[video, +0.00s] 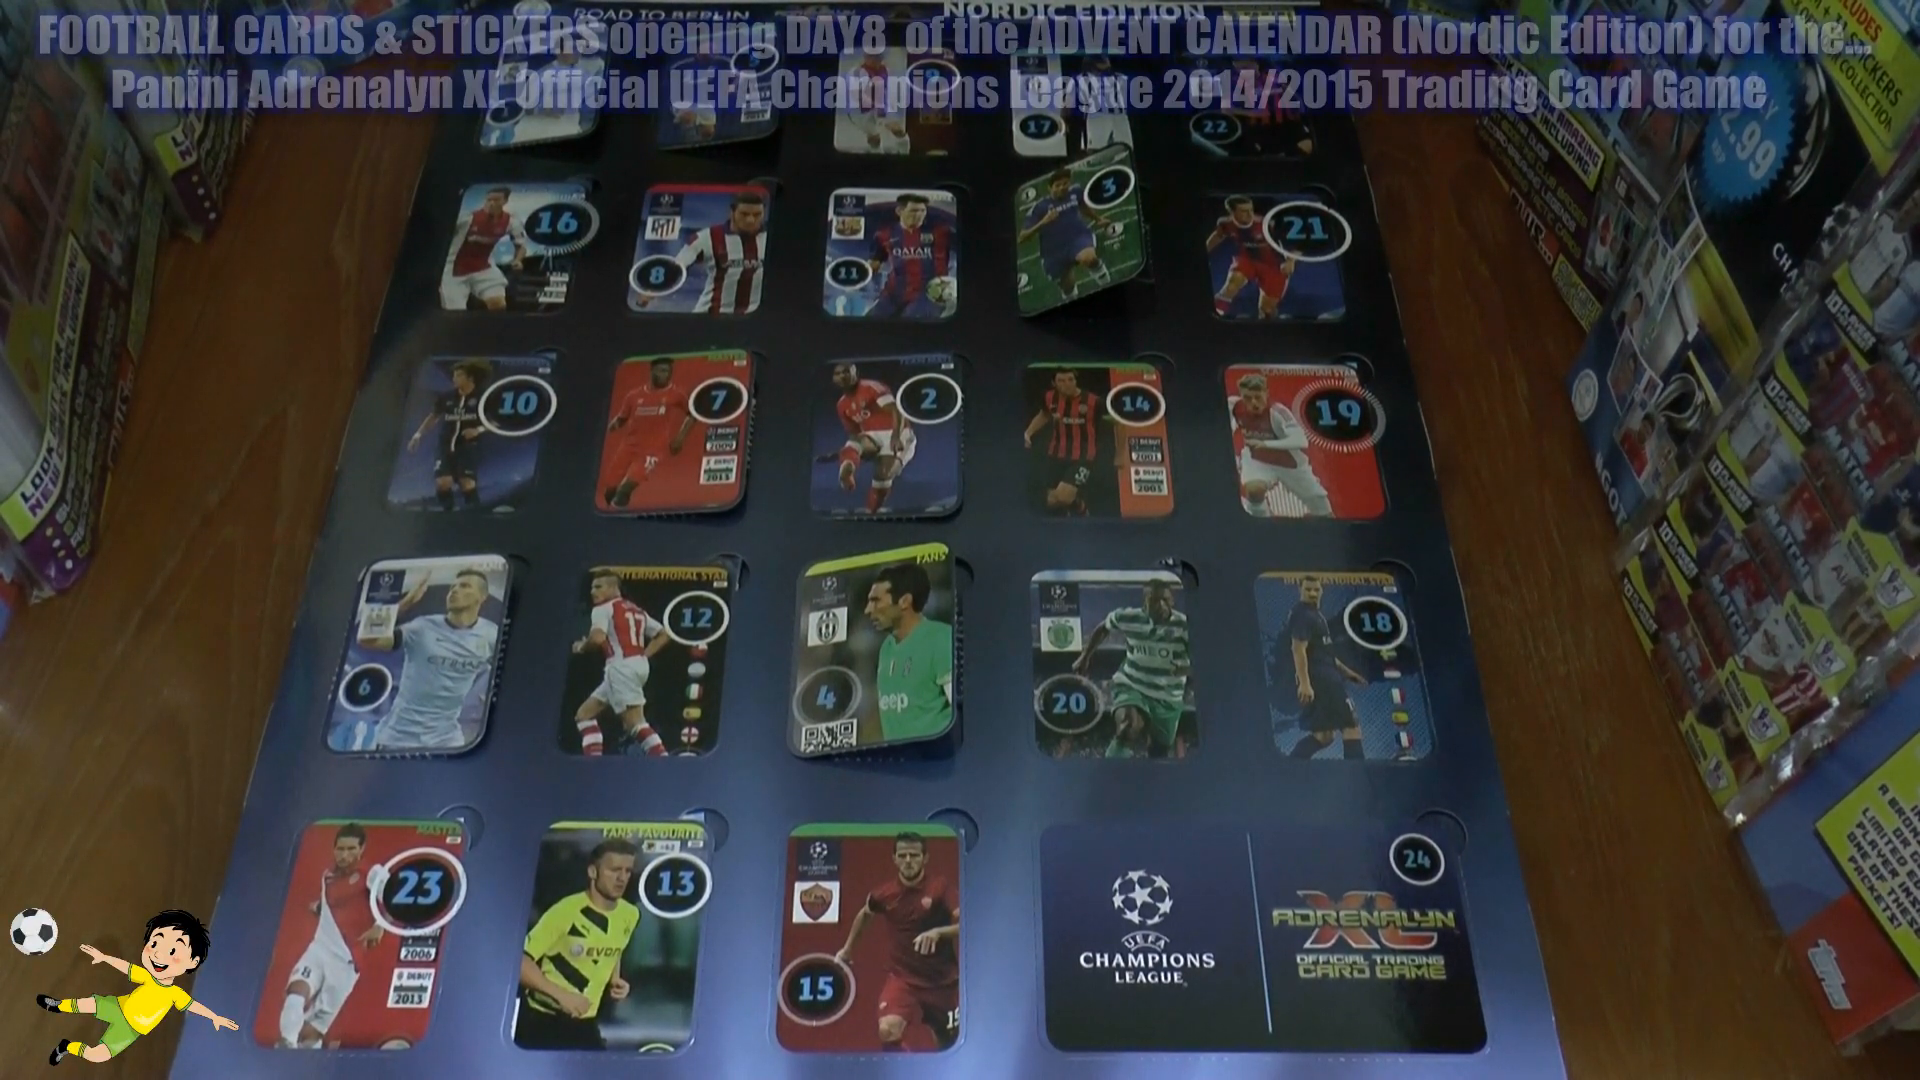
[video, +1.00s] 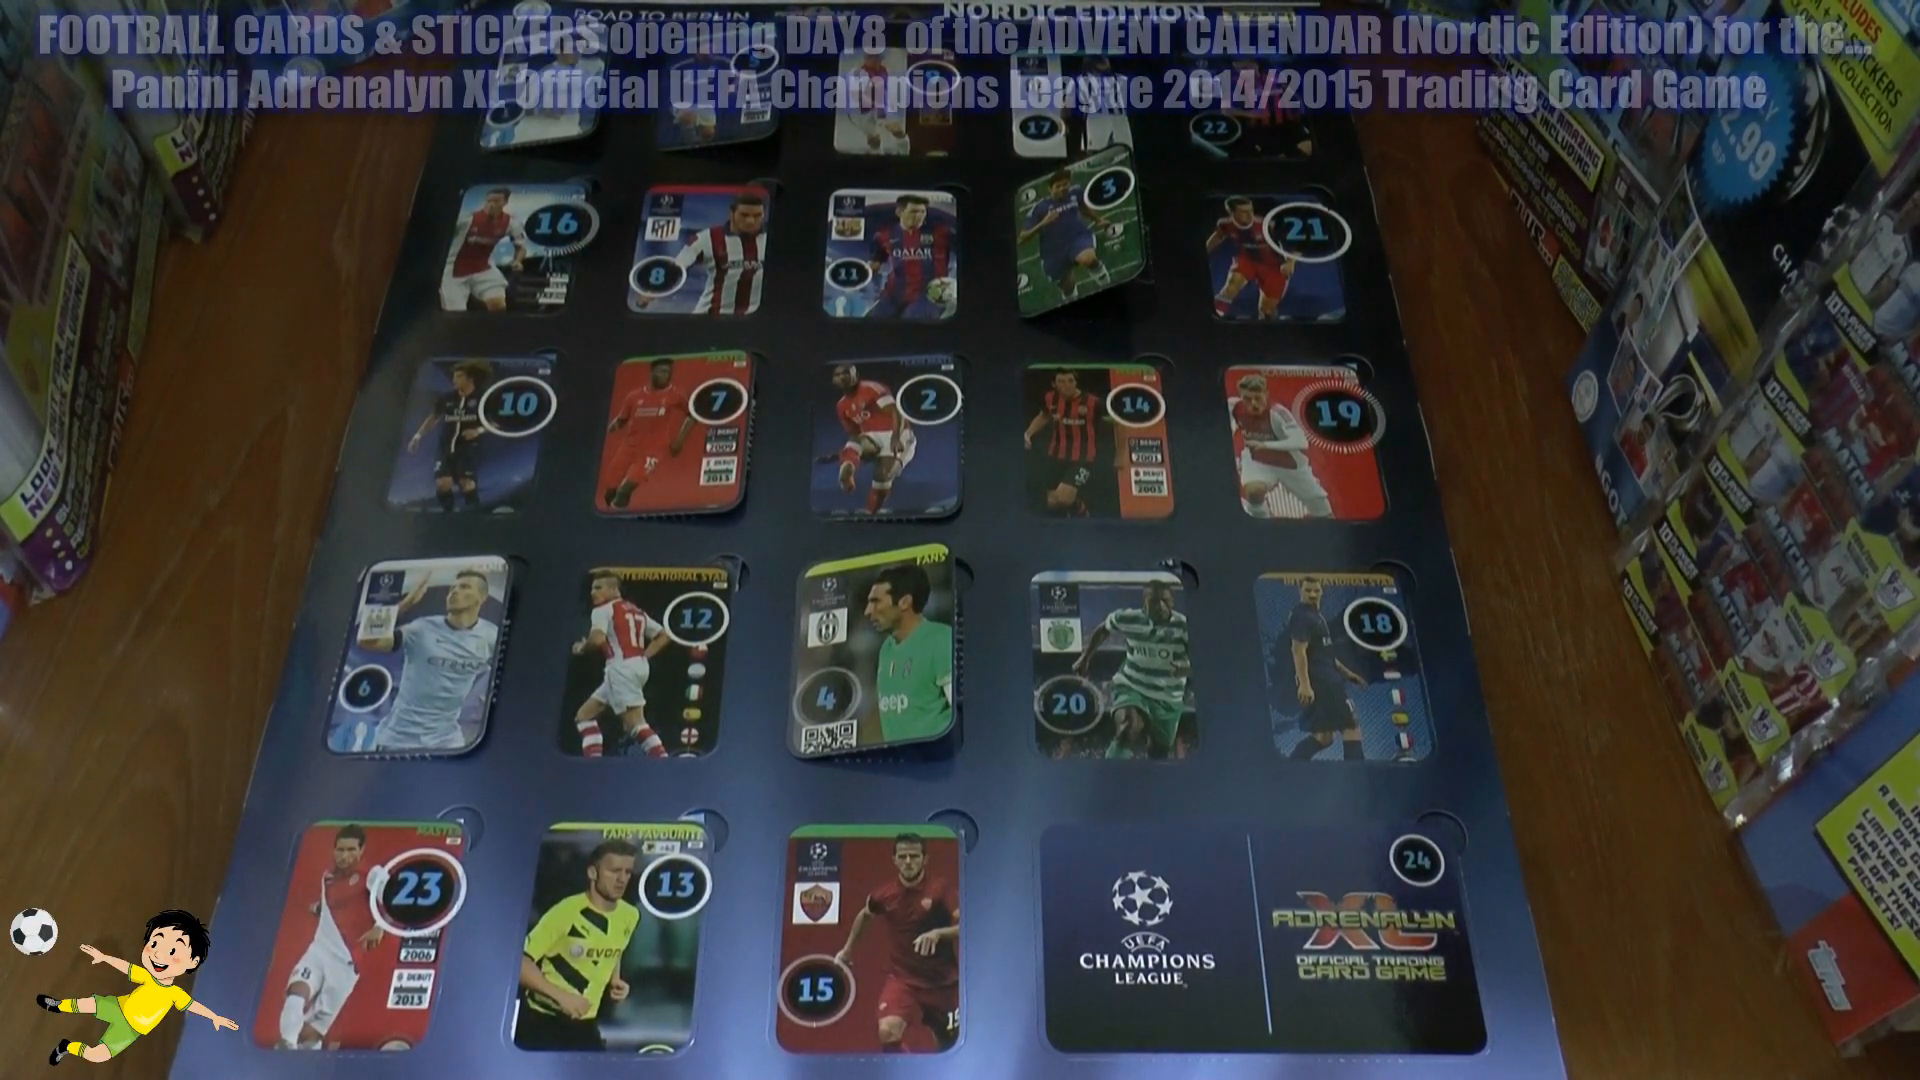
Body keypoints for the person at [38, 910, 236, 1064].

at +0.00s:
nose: (159, 955)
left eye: (172, 952)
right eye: (155, 944)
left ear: (189, 965)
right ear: (145, 946)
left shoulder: (176, 995)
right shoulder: (144, 976)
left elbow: (195, 1007)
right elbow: (124, 966)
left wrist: (215, 1017)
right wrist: (103, 958)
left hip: (131, 1030)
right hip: (118, 1008)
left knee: (99, 1055)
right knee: (88, 1003)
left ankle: (66, 1047)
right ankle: (58, 1006)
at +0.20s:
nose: (159, 955)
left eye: (172, 952)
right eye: (155, 944)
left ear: (189, 965)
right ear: (145, 946)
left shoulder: (176, 995)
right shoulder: (143, 976)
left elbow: (195, 1007)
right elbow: (124, 966)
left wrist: (215, 1017)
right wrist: (103, 958)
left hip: (131, 1030)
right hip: (118, 1008)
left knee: (99, 1055)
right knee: (89, 1003)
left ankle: (66, 1047)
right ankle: (57, 1006)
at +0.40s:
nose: (159, 956)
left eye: (172, 952)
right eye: (155, 944)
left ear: (189, 965)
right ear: (145, 946)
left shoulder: (176, 995)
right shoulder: (144, 976)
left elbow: (195, 1007)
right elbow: (124, 966)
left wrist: (215, 1017)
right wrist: (103, 958)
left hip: (131, 1030)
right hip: (118, 1008)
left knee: (99, 1055)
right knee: (88, 1003)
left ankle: (66, 1047)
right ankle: (58, 1006)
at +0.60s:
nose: (159, 956)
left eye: (172, 952)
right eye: (155, 944)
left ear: (189, 965)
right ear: (145, 946)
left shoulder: (176, 995)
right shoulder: (143, 976)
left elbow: (195, 1007)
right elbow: (123, 966)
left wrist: (215, 1017)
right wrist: (103, 958)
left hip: (131, 1030)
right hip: (118, 1008)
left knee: (99, 1055)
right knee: (89, 1003)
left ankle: (66, 1047)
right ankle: (58, 1006)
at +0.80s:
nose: (159, 955)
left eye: (172, 952)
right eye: (155, 944)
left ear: (189, 965)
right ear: (146, 946)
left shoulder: (176, 995)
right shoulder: (144, 976)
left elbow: (194, 1007)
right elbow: (124, 966)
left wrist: (214, 1017)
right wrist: (103, 958)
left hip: (131, 1030)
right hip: (119, 1008)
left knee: (99, 1055)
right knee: (88, 1003)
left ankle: (66, 1047)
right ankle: (57, 1006)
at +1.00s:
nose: (159, 955)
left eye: (172, 952)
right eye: (155, 944)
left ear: (189, 965)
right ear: (145, 946)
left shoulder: (176, 995)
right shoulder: (143, 976)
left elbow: (195, 1007)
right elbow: (123, 966)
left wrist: (215, 1017)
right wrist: (103, 958)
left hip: (131, 1030)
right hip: (118, 1008)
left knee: (99, 1055)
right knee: (89, 1003)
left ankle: (66, 1047)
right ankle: (58, 1006)